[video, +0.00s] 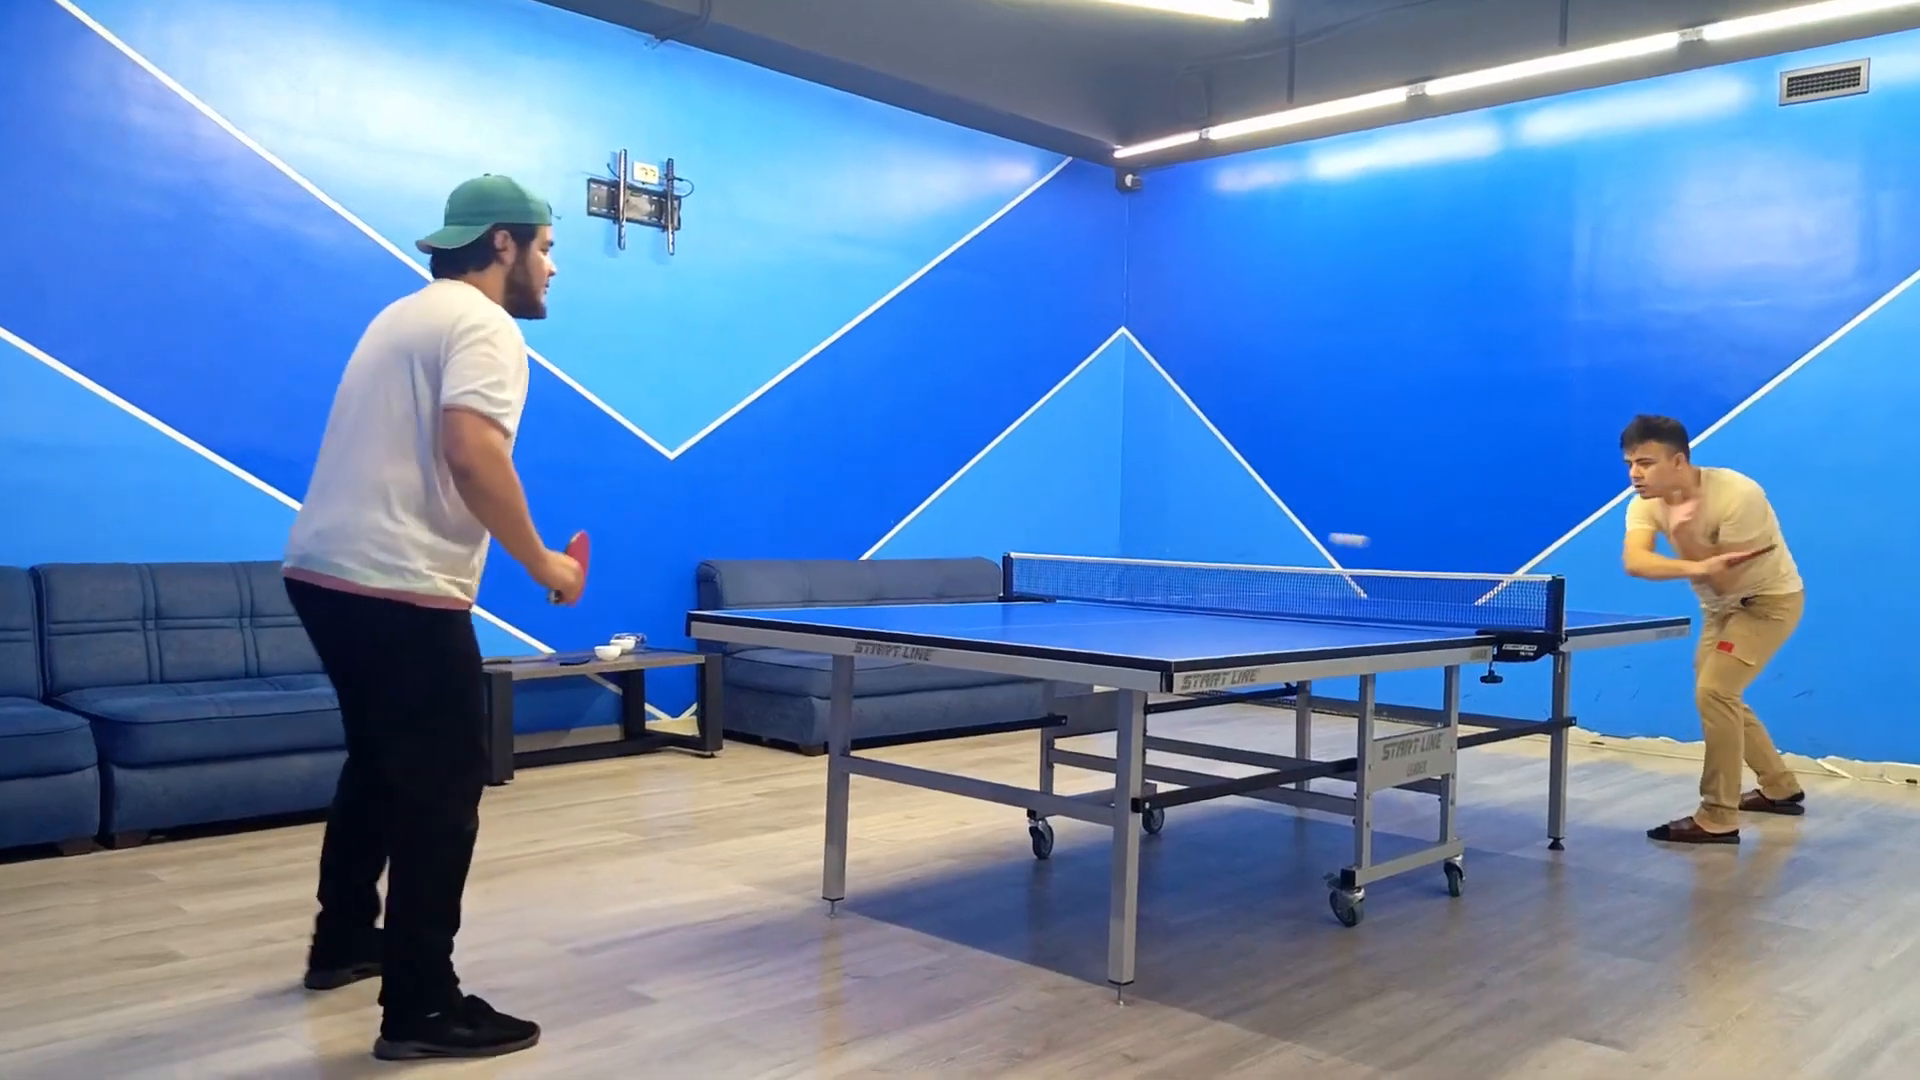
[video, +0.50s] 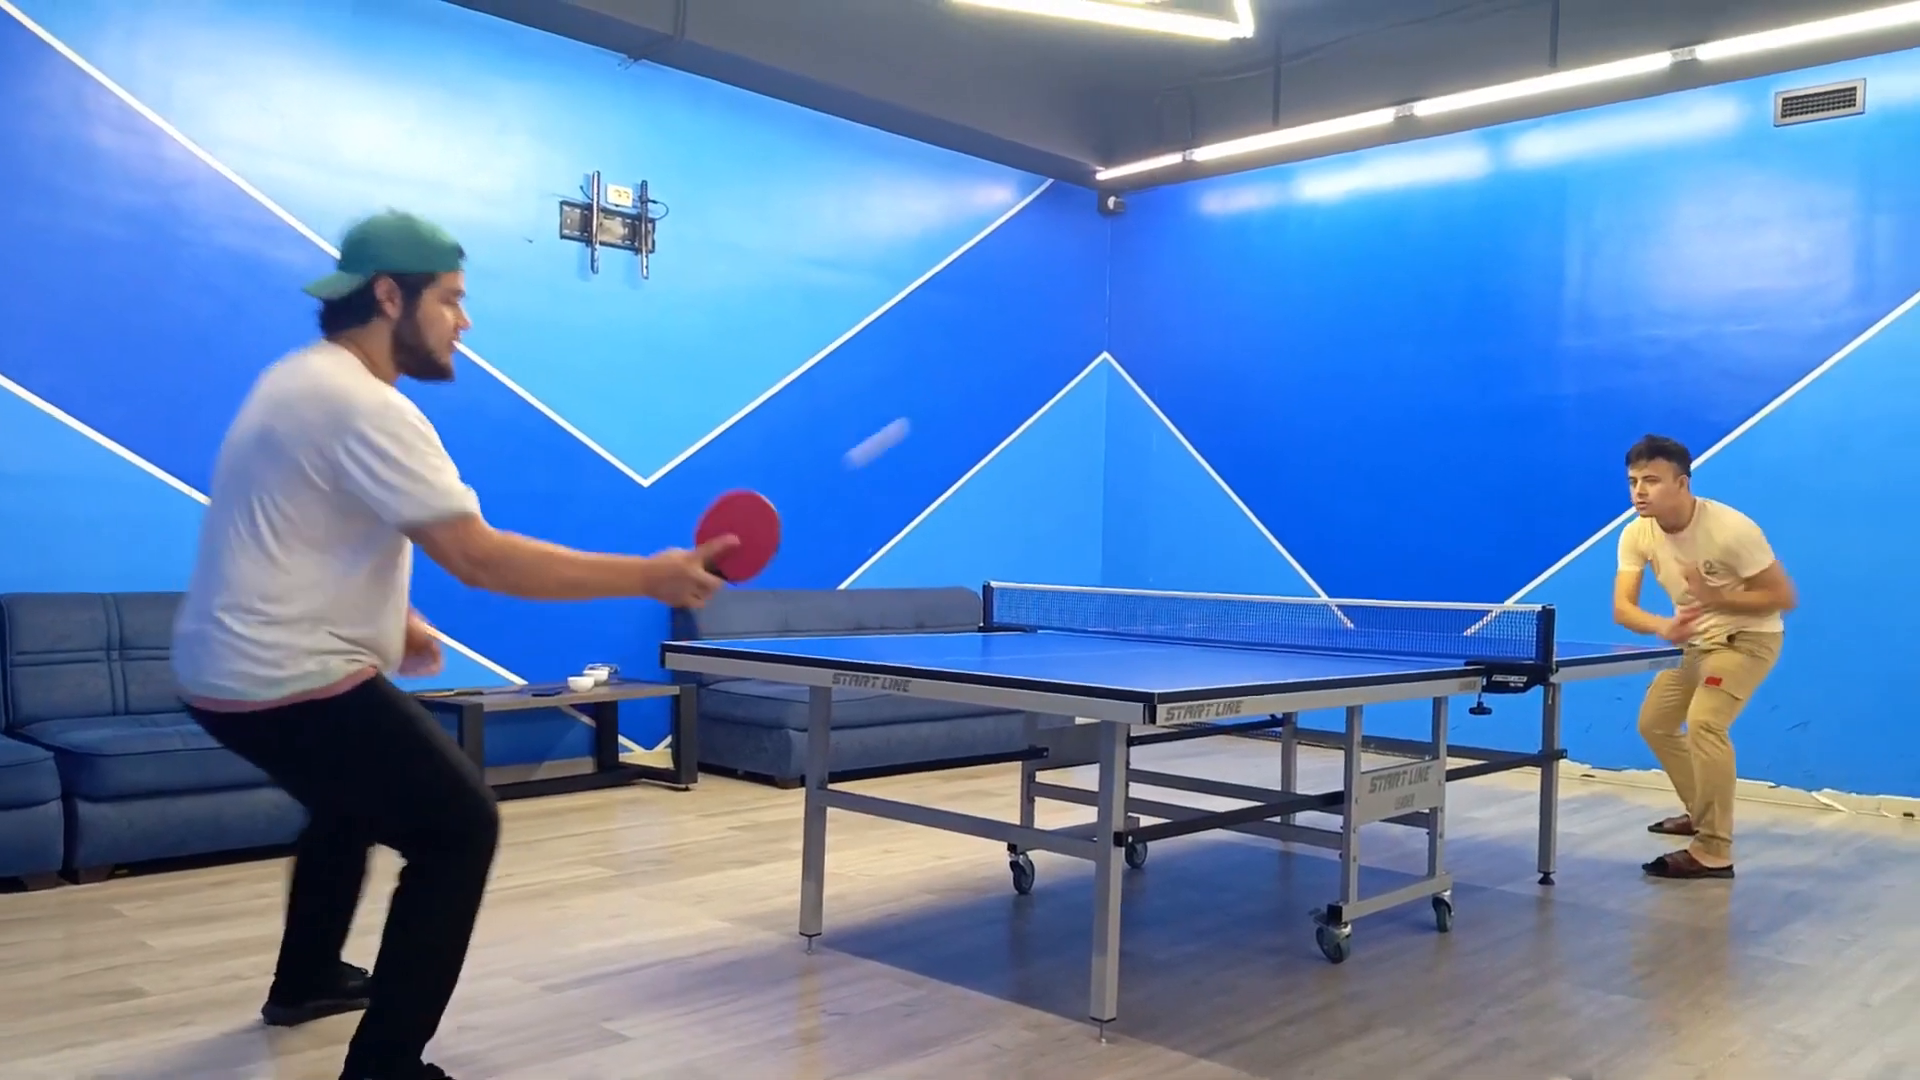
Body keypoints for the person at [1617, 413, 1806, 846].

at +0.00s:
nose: (1634, 475)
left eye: (1644, 463)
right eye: (1631, 464)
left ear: (1679, 460)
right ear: (1628, 464)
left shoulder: (1738, 496)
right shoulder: (1645, 502)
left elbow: (1731, 577)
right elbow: (1634, 562)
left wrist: (1684, 536)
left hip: (1769, 599)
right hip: (1718, 607)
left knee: (1715, 693)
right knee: (1714, 696)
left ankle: (1717, 818)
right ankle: (1781, 788)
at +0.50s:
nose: (1639, 491)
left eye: (1651, 481)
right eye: (1634, 482)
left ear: (1682, 483)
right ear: (1630, 485)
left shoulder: (1731, 529)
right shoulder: (1637, 533)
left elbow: (1785, 595)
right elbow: (1622, 609)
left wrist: (1719, 598)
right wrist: (1662, 626)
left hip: (1749, 636)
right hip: (1696, 640)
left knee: (1705, 725)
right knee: (1656, 725)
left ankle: (1714, 850)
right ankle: (1702, 814)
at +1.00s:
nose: (1648, 463)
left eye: (1657, 451)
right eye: (1645, 455)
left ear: (1691, 453)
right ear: (1693, 459)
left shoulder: (1688, 487)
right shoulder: (1730, 499)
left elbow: (1622, 542)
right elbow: (1763, 583)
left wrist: (1613, 555)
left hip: (1725, 630)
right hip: (1745, 628)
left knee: (1671, 730)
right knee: (1686, 722)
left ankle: (1723, 853)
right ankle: (1720, 816)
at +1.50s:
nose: (1728, 466)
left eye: (1741, 458)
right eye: (1725, 455)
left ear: (1774, 462)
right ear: (1718, 452)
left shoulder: (1810, 501)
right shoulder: (1708, 481)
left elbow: (1878, 513)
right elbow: (1659, 443)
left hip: (1780, 635)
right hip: (1718, 633)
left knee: (1748, 715)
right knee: (1708, 735)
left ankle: (1761, 850)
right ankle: (1782, 784)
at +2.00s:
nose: (1592, 463)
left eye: (1606, 455)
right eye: (1585, 453)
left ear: (1632, 466)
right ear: (1578, 456)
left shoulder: (1655, 517)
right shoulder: (1556, 500)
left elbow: (1696, 566)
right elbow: (1474, 506)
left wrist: (1721, 610)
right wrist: (1514, 528)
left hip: (1613, 644)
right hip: (1552, 640)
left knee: (1593, 710)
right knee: (1512, 702)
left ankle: (1622, 837)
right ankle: (1538, 787)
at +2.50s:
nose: (1562, 508)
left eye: (1571, 497)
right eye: (1562, 498)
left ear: (1605, 496)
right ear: (1617, 502)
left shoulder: (1605, 524)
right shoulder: (1663, 543)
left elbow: (1550, 538)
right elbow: (1709, 620)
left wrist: (1497, 560)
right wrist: (1708, 682)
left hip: (1669, 671)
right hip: (1693, 670)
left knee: (1642, 797)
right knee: (1601, 745)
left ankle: (1738, 910)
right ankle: (1630, 860)